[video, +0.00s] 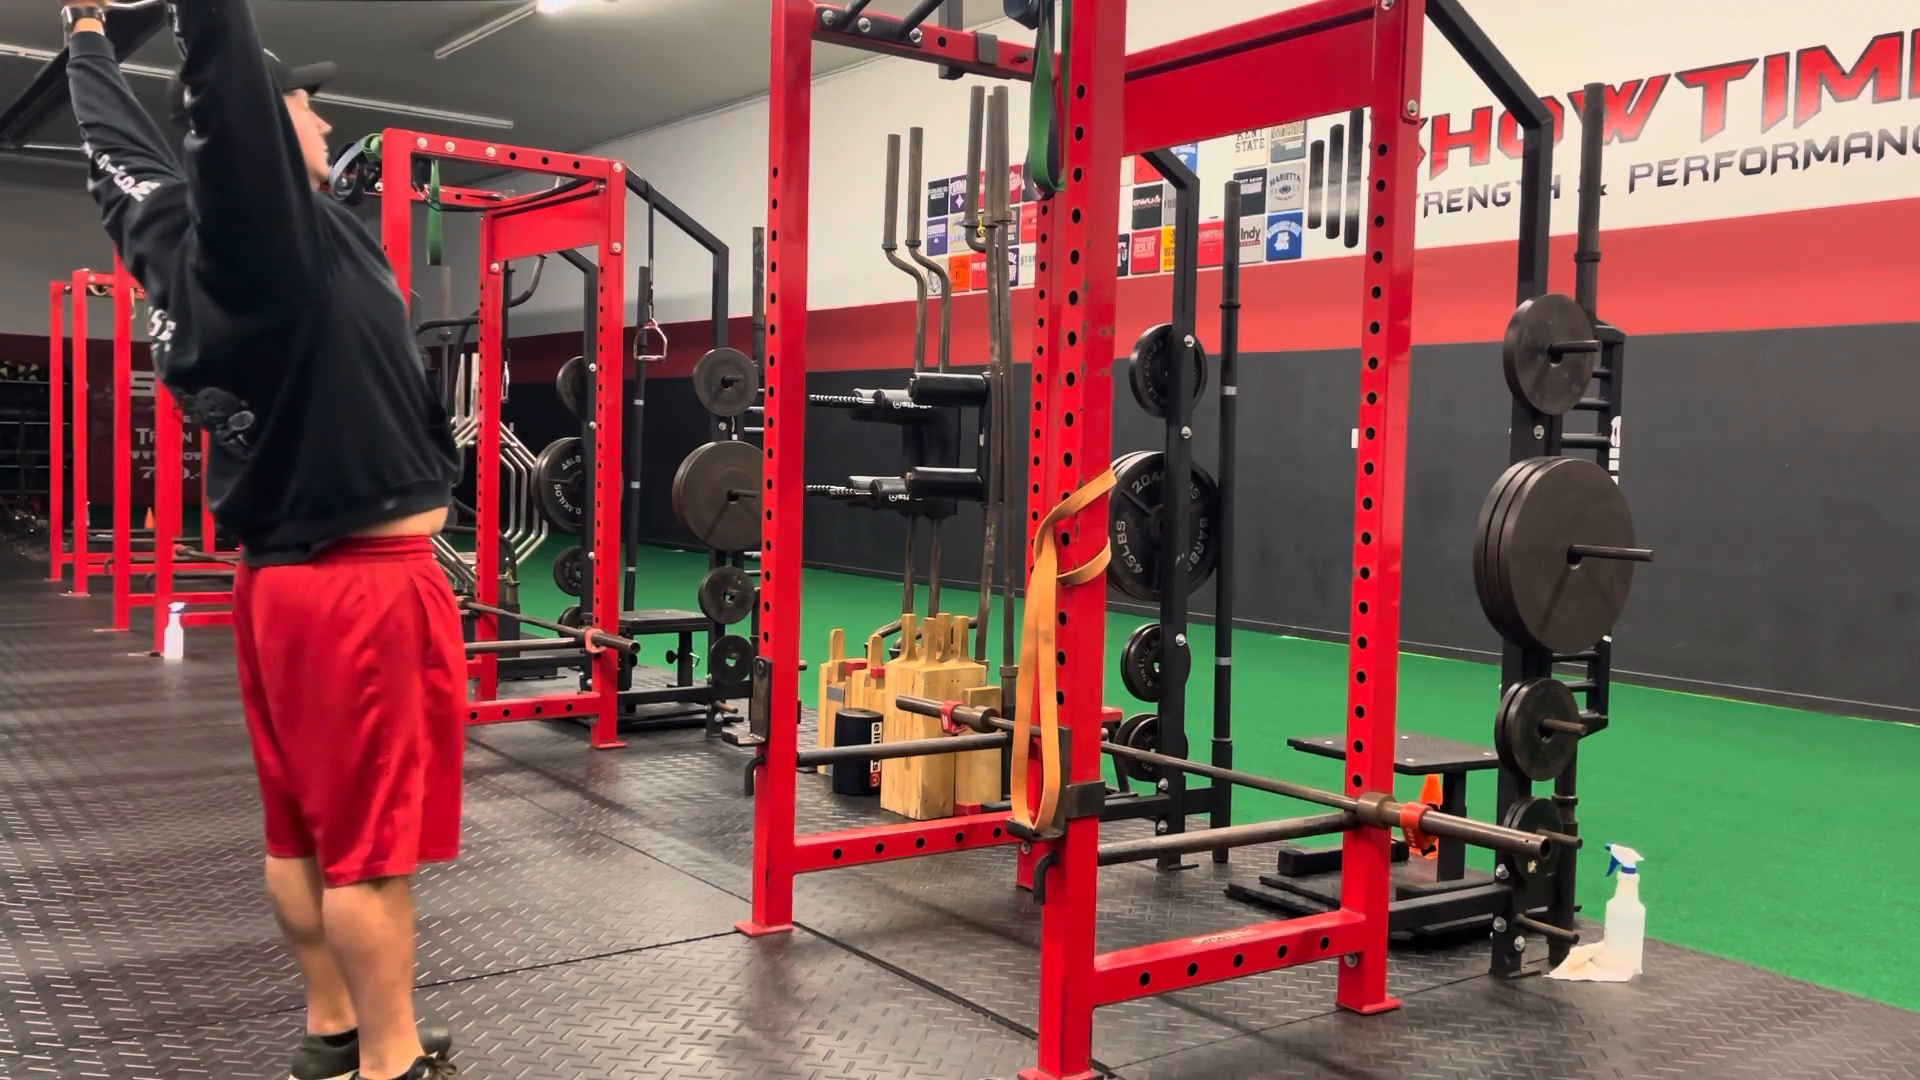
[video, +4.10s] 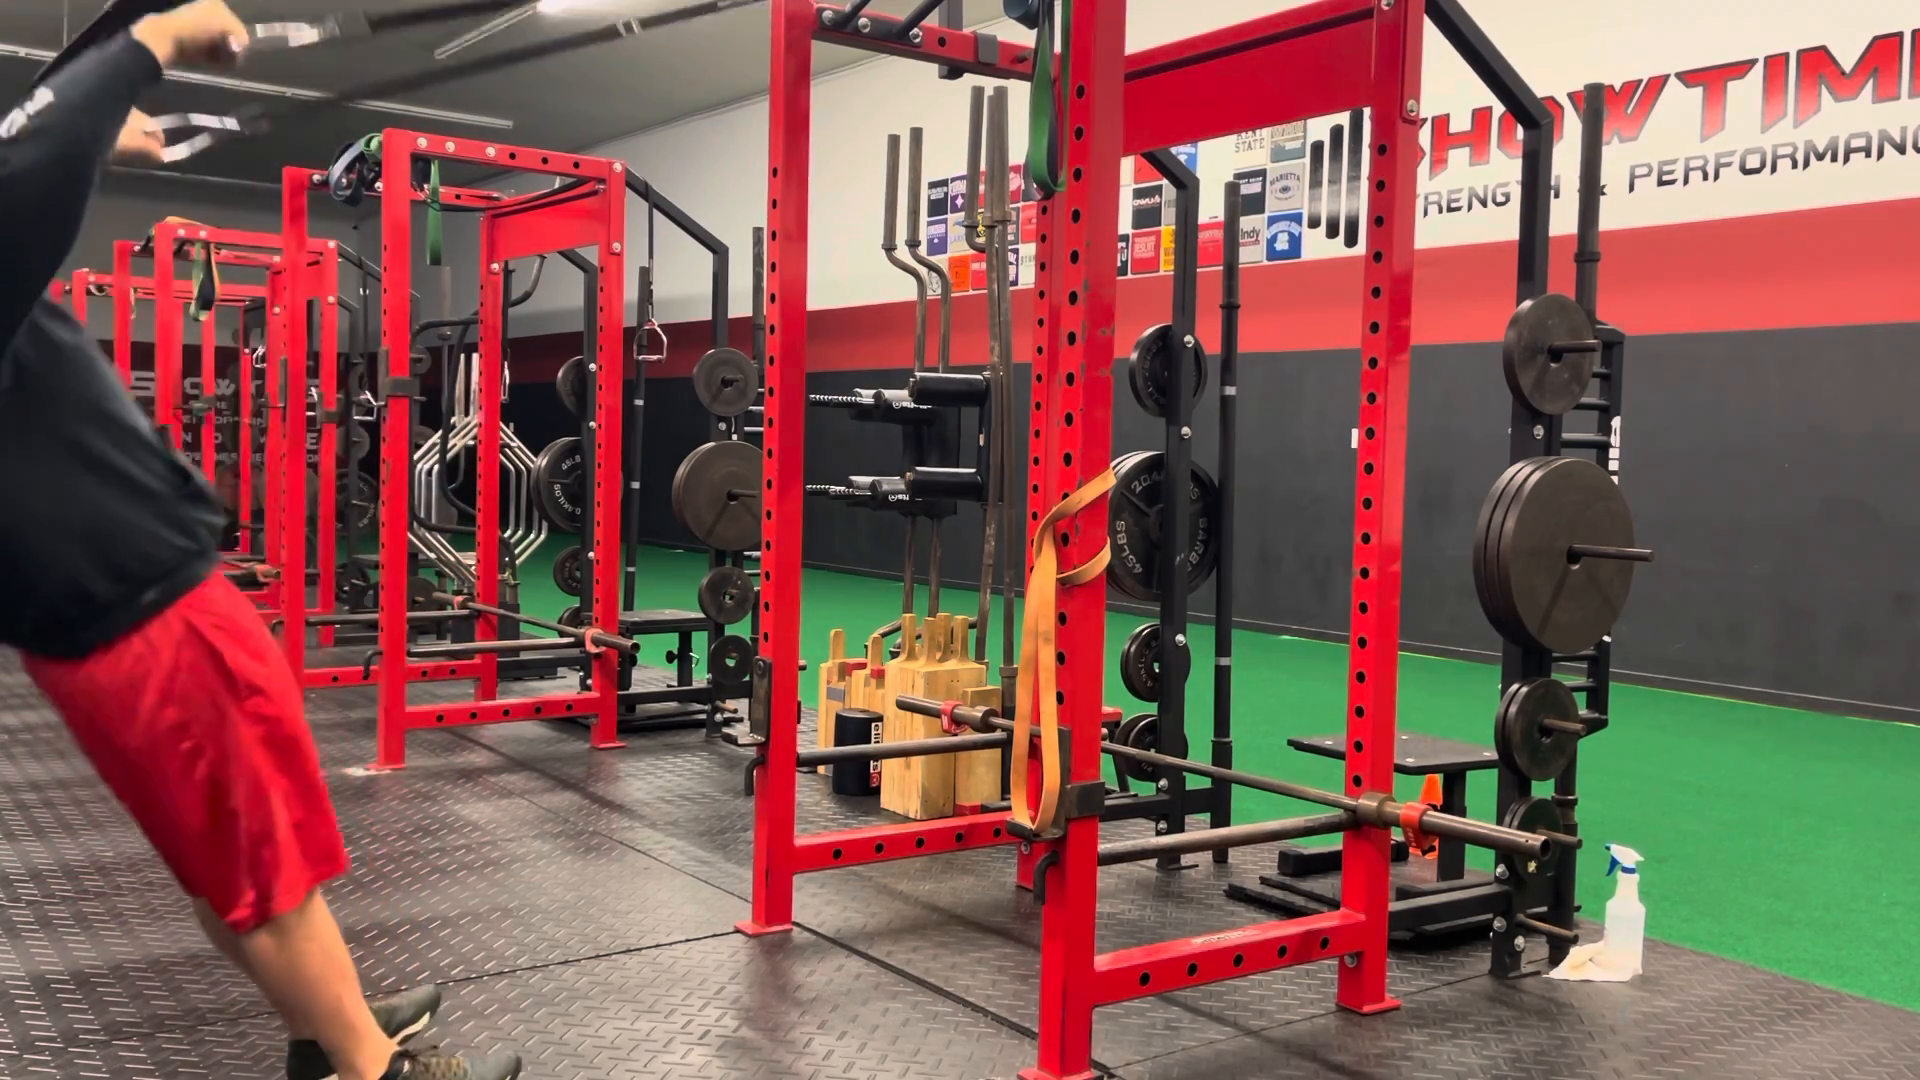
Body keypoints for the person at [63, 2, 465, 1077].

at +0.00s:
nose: (321, 120)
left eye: (313, 104)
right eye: (305, 104)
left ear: (238, 144)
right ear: (260, 127)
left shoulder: (189, 248)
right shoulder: (287, 227)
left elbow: (128, 159)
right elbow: (228, 53)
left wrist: (87, 34)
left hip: (279, 585)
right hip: (363, 589)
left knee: (297, 830)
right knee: (371, 854)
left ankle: (334, 1024)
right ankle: (392, 1057)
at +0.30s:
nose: (190, 136)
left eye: (182, 116)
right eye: (174, 119)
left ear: (71, 155)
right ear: (146, 135)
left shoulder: (87, 274)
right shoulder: (165, 243)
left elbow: (60, 156)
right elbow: (174, 85)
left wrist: (74, 38)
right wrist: (134, 2)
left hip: (232, 603)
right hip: (317, 595)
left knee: (281, 837)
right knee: (349, 857)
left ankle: (331, 1023)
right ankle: (387, 1058)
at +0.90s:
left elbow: (21, 225)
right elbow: (34, 205)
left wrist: (100, 159)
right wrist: (155, 87)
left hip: (89, 617)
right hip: (131, 610)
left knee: (238, 855)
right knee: (263, 866)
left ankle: (342, 1036)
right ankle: (370, 1064)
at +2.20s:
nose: (118, 125)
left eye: (100, 104)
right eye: (95, 111)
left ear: (48, 151)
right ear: (69, 134)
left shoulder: (44, 284)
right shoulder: (127, 238)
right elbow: (152, 85)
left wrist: (104, 36)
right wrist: (122, 14)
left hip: (217, 612)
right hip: (308, 599)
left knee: (284, 851)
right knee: (349, 866)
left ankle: (328, 1027)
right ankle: (388, 1061)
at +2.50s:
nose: (248, 122)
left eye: (221, 99)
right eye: (226, 99)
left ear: (149, 137)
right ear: (216, 119)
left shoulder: (146, 239)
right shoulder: (244, 220)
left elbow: (105, 130)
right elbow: (230, 62)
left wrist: (83, 18)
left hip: (263, 591)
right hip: (355, 591)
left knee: (300, 836)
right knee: (371, 855)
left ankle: (331, 1027)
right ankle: (392, 1056)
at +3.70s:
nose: (135, 125)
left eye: (123, 104)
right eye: (115, 111)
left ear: (36, 154)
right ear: (84, 131)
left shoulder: (59, 268)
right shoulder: (119, 239)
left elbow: (54, 170)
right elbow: (147, 89)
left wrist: (85, 44)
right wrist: (124, 7)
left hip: (216, 602)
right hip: (284, 595)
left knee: (290, 849)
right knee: (344, 863)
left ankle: (329, 1033)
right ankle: (392, 1060)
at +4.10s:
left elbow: (19, 175)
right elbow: (37, 156)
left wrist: (93, 142)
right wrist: (153, 36)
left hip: (95, 607)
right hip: (133, 607)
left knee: (239, 846)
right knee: (266, 864)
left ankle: (335, 1027)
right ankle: (371, 1063)